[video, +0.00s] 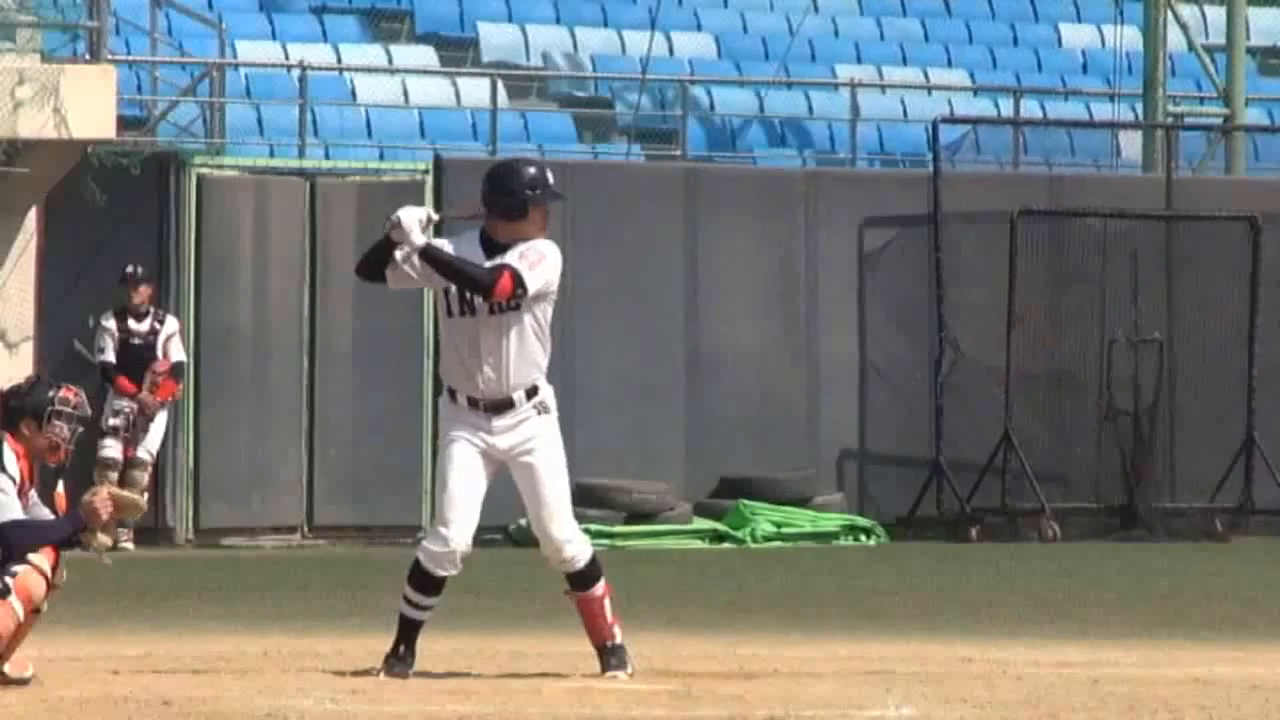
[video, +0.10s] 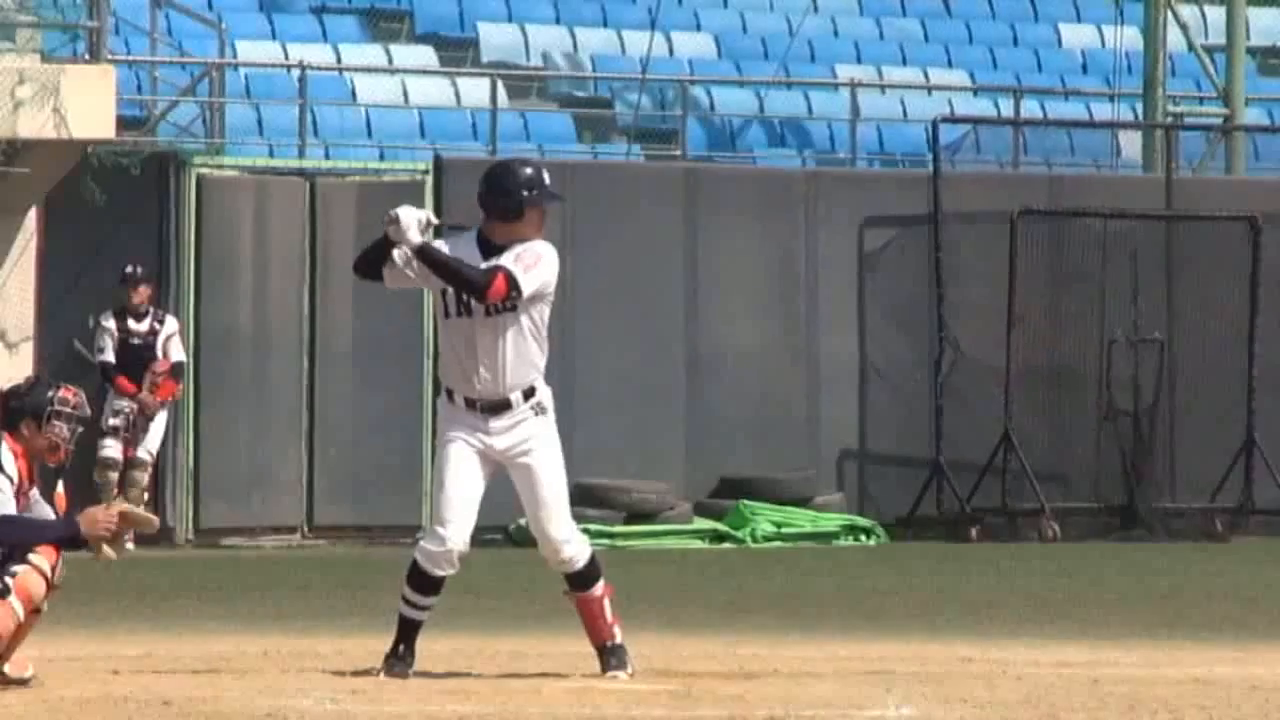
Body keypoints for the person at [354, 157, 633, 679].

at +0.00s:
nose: (547, 216)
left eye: (546, 207)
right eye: (540, 208)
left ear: (518, 207)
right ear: (510, 211)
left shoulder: (543, 254)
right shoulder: (449, 248)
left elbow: (492, 287)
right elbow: (369, 270)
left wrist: (421, 246)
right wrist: (396, 235)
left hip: (530, 417)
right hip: (464, 420)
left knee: (560, 540)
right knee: (449, 541)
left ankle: (610, 646)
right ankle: (403, 646)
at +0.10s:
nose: (544, 217)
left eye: (544, 209)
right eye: (537, 210)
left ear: (516, 208)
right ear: (506, 212)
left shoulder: (540, 255)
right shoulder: (447, 249)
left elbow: (486, 289)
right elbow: (365, 268)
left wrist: (418, 246)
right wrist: (395, 236)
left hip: (527, 417)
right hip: (462, 420)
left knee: (559, 541)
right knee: (446, 541)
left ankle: (610, 646)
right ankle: (403, 645)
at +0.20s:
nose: (540, 218)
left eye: (540, 210)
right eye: (534, 210)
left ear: (514, 209)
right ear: (504, 213)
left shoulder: (536, 257)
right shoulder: (444, 253)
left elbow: (482, 291)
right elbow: (362, 265)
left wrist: (414, 246)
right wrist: (391, 235)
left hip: (523, 418)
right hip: (458, 421)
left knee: (556, 541)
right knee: (444, 541)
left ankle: (610, 646)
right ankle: (402, 648)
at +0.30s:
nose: (532, 219)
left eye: (531, 210)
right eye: (525, 211)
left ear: (504, 211)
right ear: (496, 214)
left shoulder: (524, 261)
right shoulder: (438, 250)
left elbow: (463, 293)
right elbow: (352, 256)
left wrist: (400, 244)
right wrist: (382, 227)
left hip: (511, 419)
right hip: (447, 421)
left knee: (547, 541)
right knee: (436, 539)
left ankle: (608, 644)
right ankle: (401, 646)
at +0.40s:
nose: (528, 219)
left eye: (527, 211)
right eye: (520, 212)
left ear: (500, 212)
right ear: (491, 215)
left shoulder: (519, 262)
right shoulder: (433, 248)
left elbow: (457, 292)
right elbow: (348, 252)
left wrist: (394, 242)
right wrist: (379, 225)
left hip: (506, 418)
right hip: (442, 420)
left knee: (543, 542)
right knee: (432, 538)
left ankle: (607, 643)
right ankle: (400, 647)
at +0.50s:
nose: (523, 220)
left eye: (523, 211)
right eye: (516, 212)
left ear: (493, 213)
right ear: (488, 215)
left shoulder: (515, 263)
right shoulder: (426, 250)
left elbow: (452, 294)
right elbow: (343, 252)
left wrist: (388, 242)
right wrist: (371, 224)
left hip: (499, 418)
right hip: (436, 420)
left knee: (539, 541)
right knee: (428, 537)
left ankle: (606, 643)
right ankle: (400, 648)